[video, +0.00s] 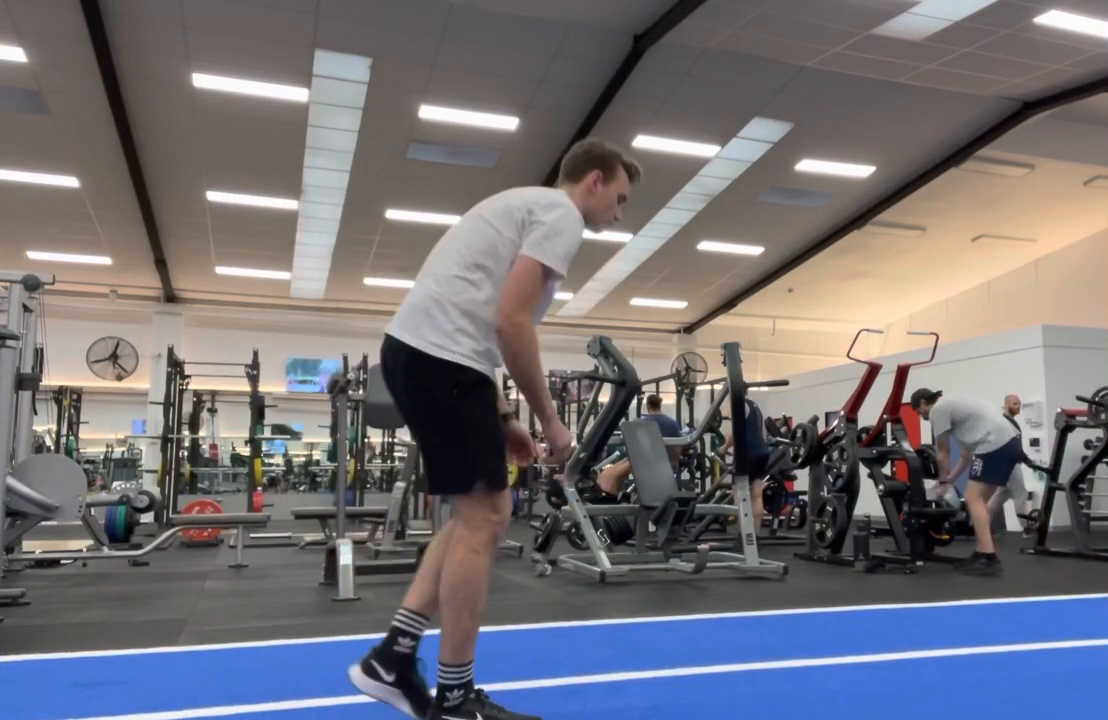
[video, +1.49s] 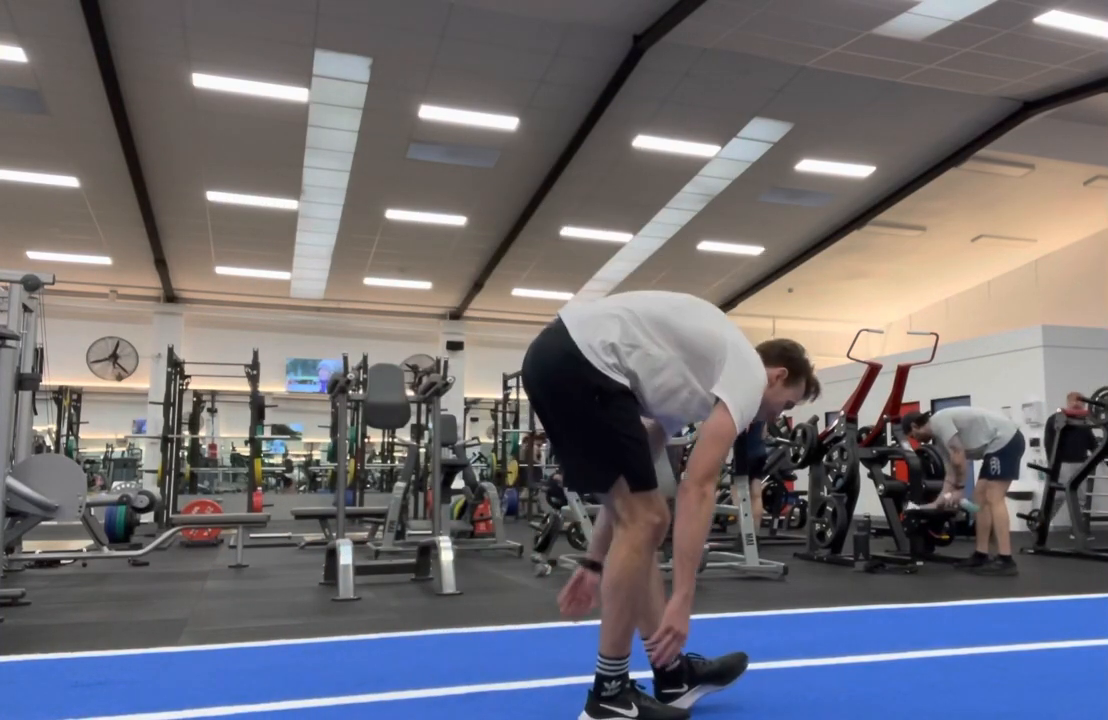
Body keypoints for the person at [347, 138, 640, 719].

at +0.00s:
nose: (616, 215)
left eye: (622, 205)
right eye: (618, 200)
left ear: (581, 179)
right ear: (594, 180)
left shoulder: (518, 205)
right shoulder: (558, 212)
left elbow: (461, 328)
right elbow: (513, 319)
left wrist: (499, 423)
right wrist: (548, 417)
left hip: (418, 350)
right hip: (444, 356)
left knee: (479, 512)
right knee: (483, 517)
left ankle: (395, 653)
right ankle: (454, 697)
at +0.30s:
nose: (620, 160)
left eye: (624, 149)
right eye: (618, 144)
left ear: (576, 133)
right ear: (589, 130)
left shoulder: (526, 179)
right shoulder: (567, 175)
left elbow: (494, 285)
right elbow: (538, 272)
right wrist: (569, 377)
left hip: (477, 361)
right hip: (510, 361)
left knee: (511, 520)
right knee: (556, 514)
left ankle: (493, 675)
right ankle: (471, 674)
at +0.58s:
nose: (663, 160)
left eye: (666, 149)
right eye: (662, 145)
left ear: (625, 133)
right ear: (634, 132)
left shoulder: (574, 176)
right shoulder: (609, 172)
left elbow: (555, 283)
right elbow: (572, 268)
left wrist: (600, 370)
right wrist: (605, 370)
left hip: (520, 360)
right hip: (554, 359)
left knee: (535, 521)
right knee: (593, 514)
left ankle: (492, 680)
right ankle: (605, 685)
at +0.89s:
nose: (736, 243)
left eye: (742, 235)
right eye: (739, 229)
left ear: (701, 203)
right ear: (720, 208)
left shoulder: (642, 223)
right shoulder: (690, 233)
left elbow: (573, 310)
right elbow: (638, 319)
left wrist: (542, 419)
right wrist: (623, 429)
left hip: (544, 364)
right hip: (568, 367)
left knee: (629, 509)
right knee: (618, 517)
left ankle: (633, 662)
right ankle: (607, 692)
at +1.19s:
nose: (777, 345)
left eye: (785, 337)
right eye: (782, 333)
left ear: (757, 303)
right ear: (767, 308)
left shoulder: (699, 298)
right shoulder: (731, 316)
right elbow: (670, 403)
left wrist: (542, 466)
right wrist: (640, 505)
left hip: (549, 361)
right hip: (576, 371)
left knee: (632, 518)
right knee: (635, 520)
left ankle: (670, 670)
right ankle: (609, 692)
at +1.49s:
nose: (777, 416)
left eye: (786, 409)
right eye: (787, 403)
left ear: (774, 369)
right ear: (779, 374)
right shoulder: (747, 371)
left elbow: (628, 472)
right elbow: (697, 483)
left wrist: (594, 560)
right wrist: (682, 599)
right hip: (581, 362)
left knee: (641, 518)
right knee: (645, 519)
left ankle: (671, 672)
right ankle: (610, 690)